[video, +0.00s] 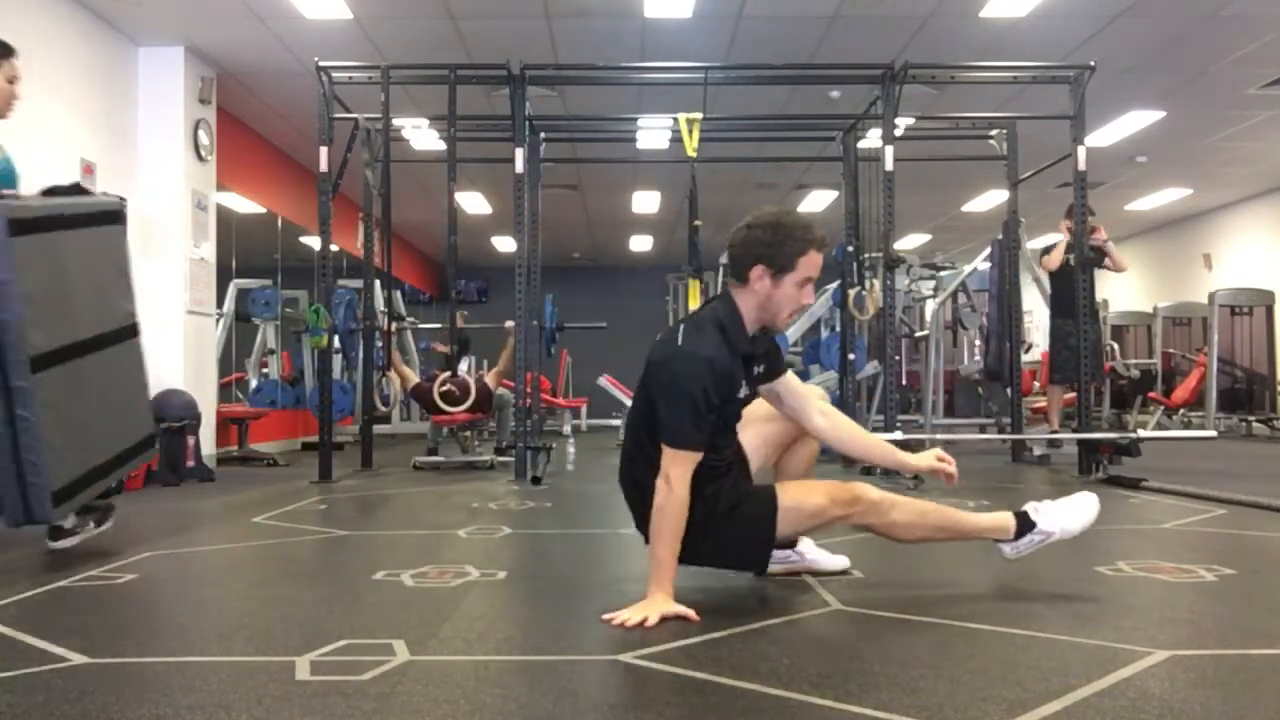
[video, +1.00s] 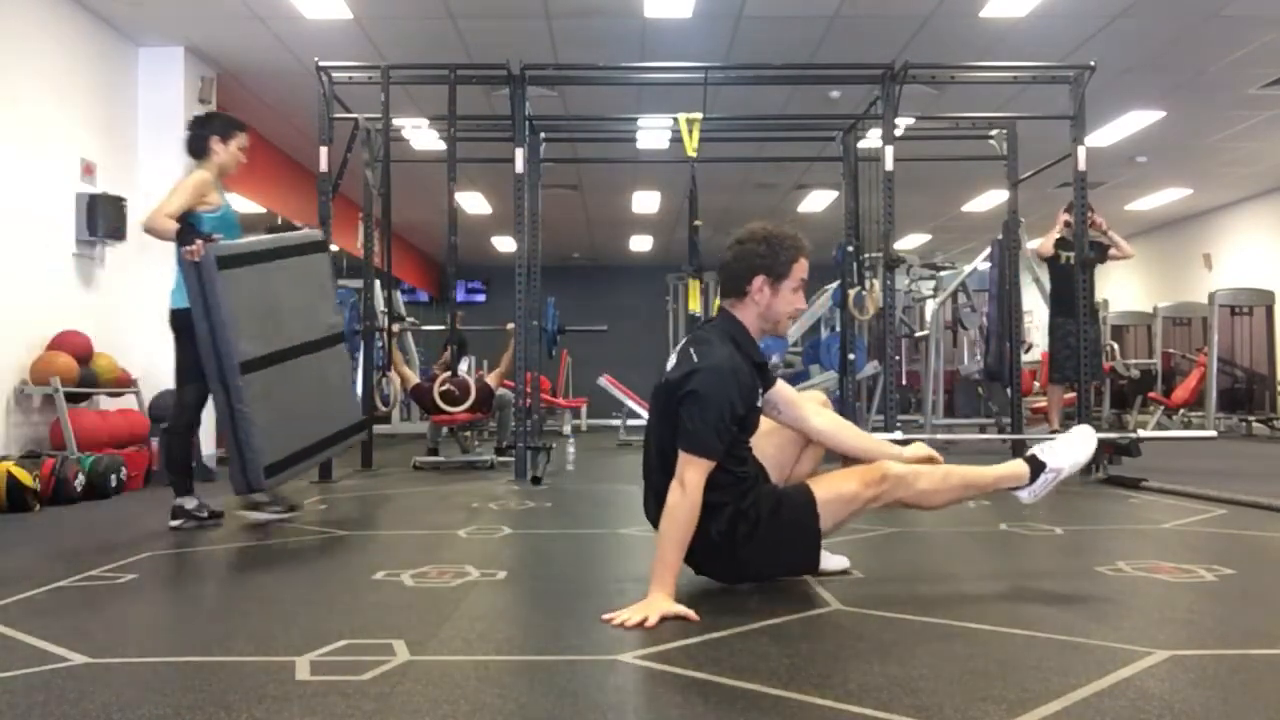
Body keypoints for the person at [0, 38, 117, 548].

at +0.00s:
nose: (15, 92)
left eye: (16, 81)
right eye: (10, 81)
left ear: (16, 85)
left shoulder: (8, 160)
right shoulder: (5, 160)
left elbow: (18, 211)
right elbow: (15, 212)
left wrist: (68, 195)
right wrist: (70, 196)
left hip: (15, 298)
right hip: (9, 300)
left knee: (25, 396)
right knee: (27, 396)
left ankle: (59, 509)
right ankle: (56, 515)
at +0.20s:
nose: (83, 106)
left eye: (84, 97)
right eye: (77, 96)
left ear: (46, 98)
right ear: (46, 96)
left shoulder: (44, 142)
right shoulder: (37, 138)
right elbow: (4, 181)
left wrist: (72, 182)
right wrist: (34, 196)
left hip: (33, 288)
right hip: (31, 288)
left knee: (51, 403)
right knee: (56, 402)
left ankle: (72, 514)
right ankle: (70, 517)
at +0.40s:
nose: (125, 122)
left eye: (126, 112)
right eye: (120, 111)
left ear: (92, 111)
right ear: (92, 108)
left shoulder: (86, 151)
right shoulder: (83, 144)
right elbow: (36, 188)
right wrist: (89, 201)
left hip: (80, 290)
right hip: (79, 290)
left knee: (103, 394)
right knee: (100, 394)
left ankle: (85, 503)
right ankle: (71, 517)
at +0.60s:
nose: (157, 137)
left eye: (158, 129)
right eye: (153, 127)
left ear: (123, 126)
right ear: (126, 124)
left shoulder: (123, 168)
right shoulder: (119, 159)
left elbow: (102, 229)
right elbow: (75, 201)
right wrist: (124, 212)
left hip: (120, 301)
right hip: (119, 300)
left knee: (143, 400)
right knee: (129, 401)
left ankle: (169, 496)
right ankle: (77, 511)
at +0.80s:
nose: (204, 152)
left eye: (205, 143)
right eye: (200, 141)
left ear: (177, 139)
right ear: (173, 137)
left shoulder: (174, 179)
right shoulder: (163, 172)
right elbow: (120, 214)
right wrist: (158, 226)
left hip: (168, 299)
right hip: (162, 300)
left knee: (170, 393)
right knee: (173, 390)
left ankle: (179, 499)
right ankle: (153, 475)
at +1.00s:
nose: (244, 157)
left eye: (245, 150)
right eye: (240, 148)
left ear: (217, 147)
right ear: (216, 145)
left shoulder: (215, 189)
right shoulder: (199, 181)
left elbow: (234, 230)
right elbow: (154, 220)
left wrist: (280, 225)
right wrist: (186, 236)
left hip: (216, 308)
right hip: (194, 309)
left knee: (238, 396)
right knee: (190, 400)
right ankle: (182, 497)